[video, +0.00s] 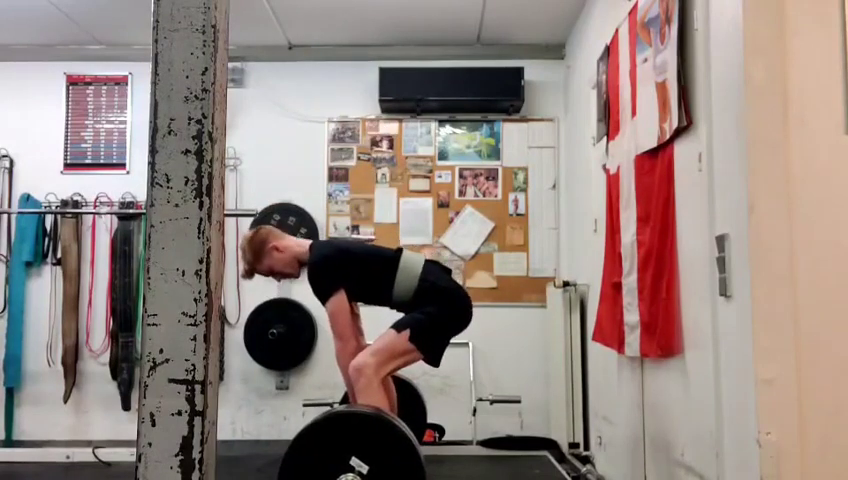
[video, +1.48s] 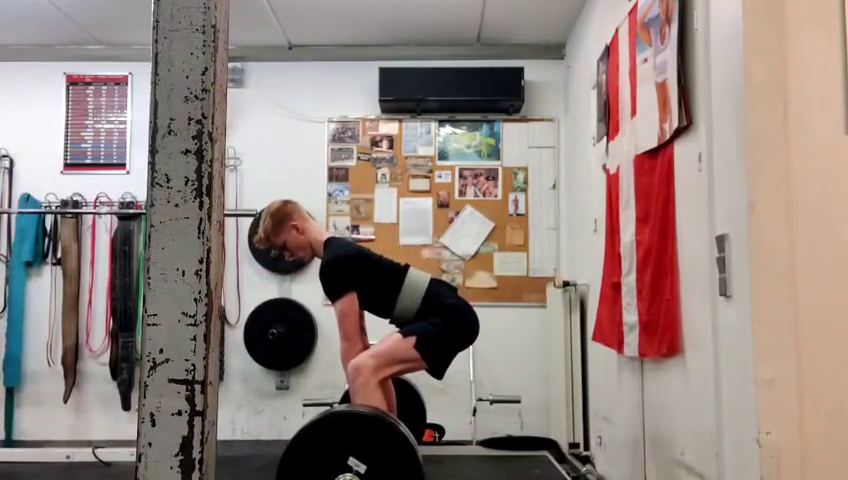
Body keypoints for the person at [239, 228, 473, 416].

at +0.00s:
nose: (279, 279)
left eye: (272, 271)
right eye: (272, 276)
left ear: (277, 247)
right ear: (278, 245)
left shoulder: (322, 264)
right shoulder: (328, 255)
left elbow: (347, 345)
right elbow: (356, 339)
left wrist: (356, 407)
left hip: (444, 303)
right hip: (444, 300)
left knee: (363, 368)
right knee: (373, 369)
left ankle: (379, 454)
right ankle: (389, 451)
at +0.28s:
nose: (279, 271)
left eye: (273, 262)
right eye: (271, 268)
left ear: (283, 239)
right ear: (283, 239)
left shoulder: (328, 263)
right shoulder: (333, 254)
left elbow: (349, 343)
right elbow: (357, 339)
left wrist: (357, 407)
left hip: (446, 310)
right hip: (445, 307)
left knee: (362, 368)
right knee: (373, 368)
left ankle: (375, 456)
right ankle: (388, 451)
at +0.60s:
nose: (284, 259)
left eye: (279, 250)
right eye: (278, 254)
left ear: (292, 231)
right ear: (295, 230)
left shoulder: (335, 261)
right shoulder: (340, 253)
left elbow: (353, 344)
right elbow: (361, 341)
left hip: (448, 316)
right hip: (446, 314)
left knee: (360, 367)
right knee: (371, 367)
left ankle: (374, 452)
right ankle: (389, 449)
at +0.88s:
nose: (287, 256)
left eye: (284, 247)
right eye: (281, 252)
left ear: (297, 228)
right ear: (300, 227)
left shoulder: (339, 262)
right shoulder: (344, 253)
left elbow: (355, 345)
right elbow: (363, 342)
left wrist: (356, 399)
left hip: (450, 319)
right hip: (447, 316)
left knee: (362, 367)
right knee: (371, 367)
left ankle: (373, 451)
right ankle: (390, 449)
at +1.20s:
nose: (288, 256)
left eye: (284, 247)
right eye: (282, 251)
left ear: (297, 228)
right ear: (301, 227)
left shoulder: (338, 262)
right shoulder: (342, 253)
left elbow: (354, 346)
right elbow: (361, 343)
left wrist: (356, 400)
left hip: (449, 320)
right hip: (446, 317)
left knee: (361, 367)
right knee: (371, 366)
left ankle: (372, 451)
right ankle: (389, 448)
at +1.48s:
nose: (288, 256)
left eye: (284, 248)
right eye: (282, 252)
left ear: (296, 228)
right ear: (300, 227)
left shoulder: (335, 262)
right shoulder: (340, 253)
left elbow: (352, 345)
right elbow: (360, 343)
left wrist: (355, 398)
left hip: (449, 319)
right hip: (447, 316)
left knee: (360, 368)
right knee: (371, 367)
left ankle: (374, 452)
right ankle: (390, 450)